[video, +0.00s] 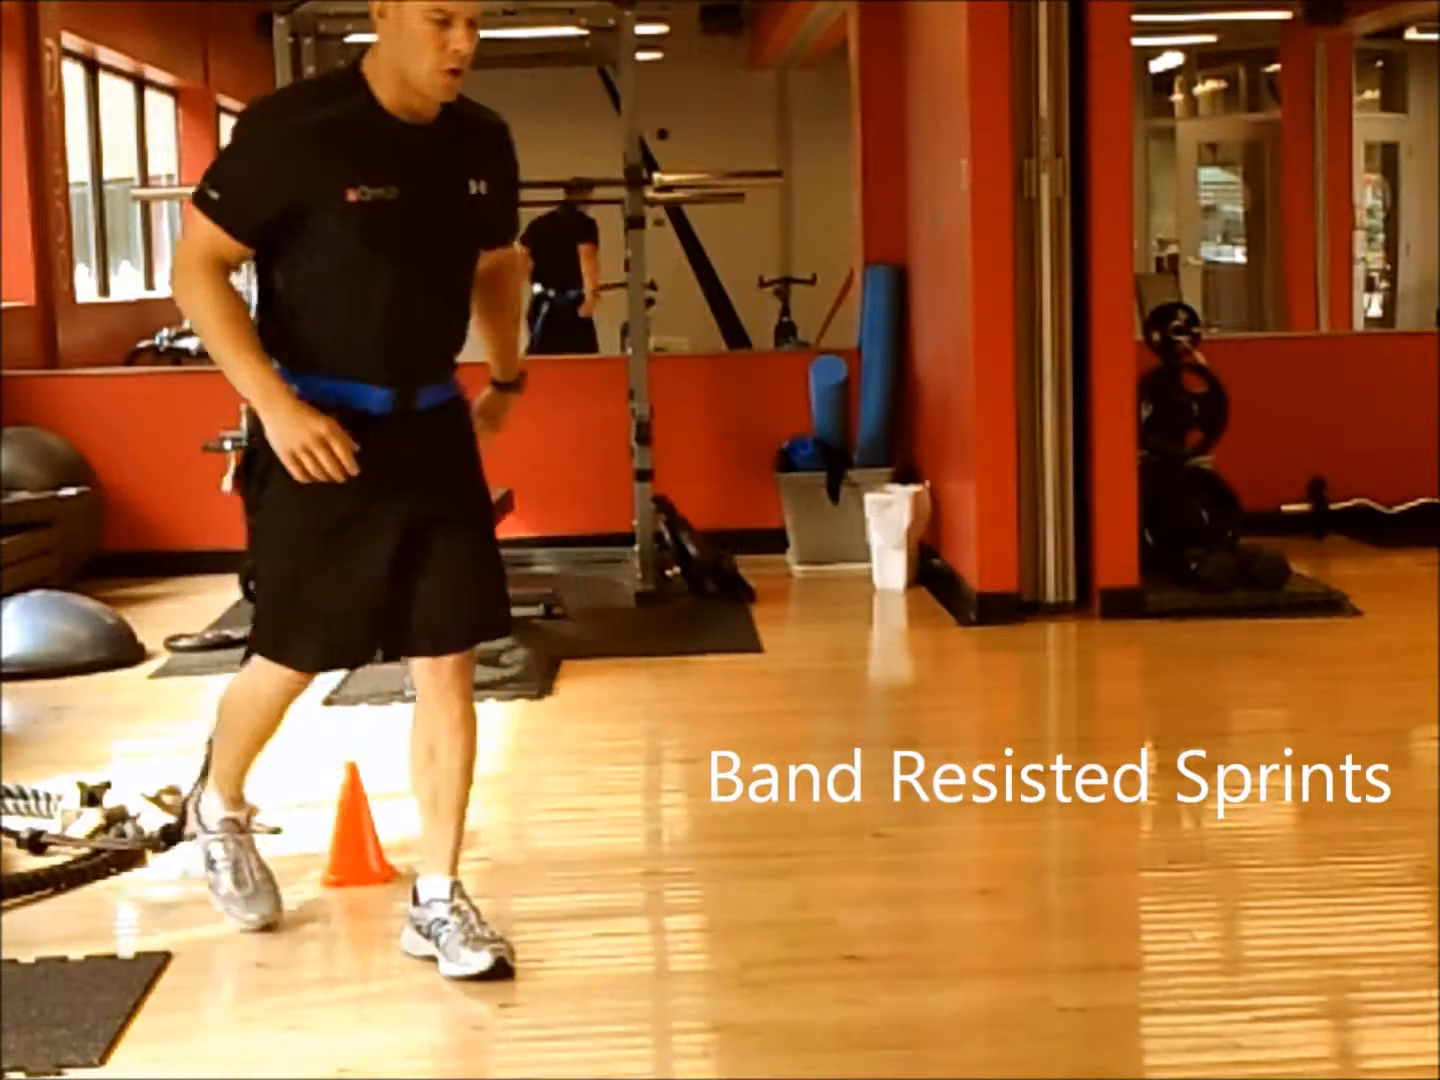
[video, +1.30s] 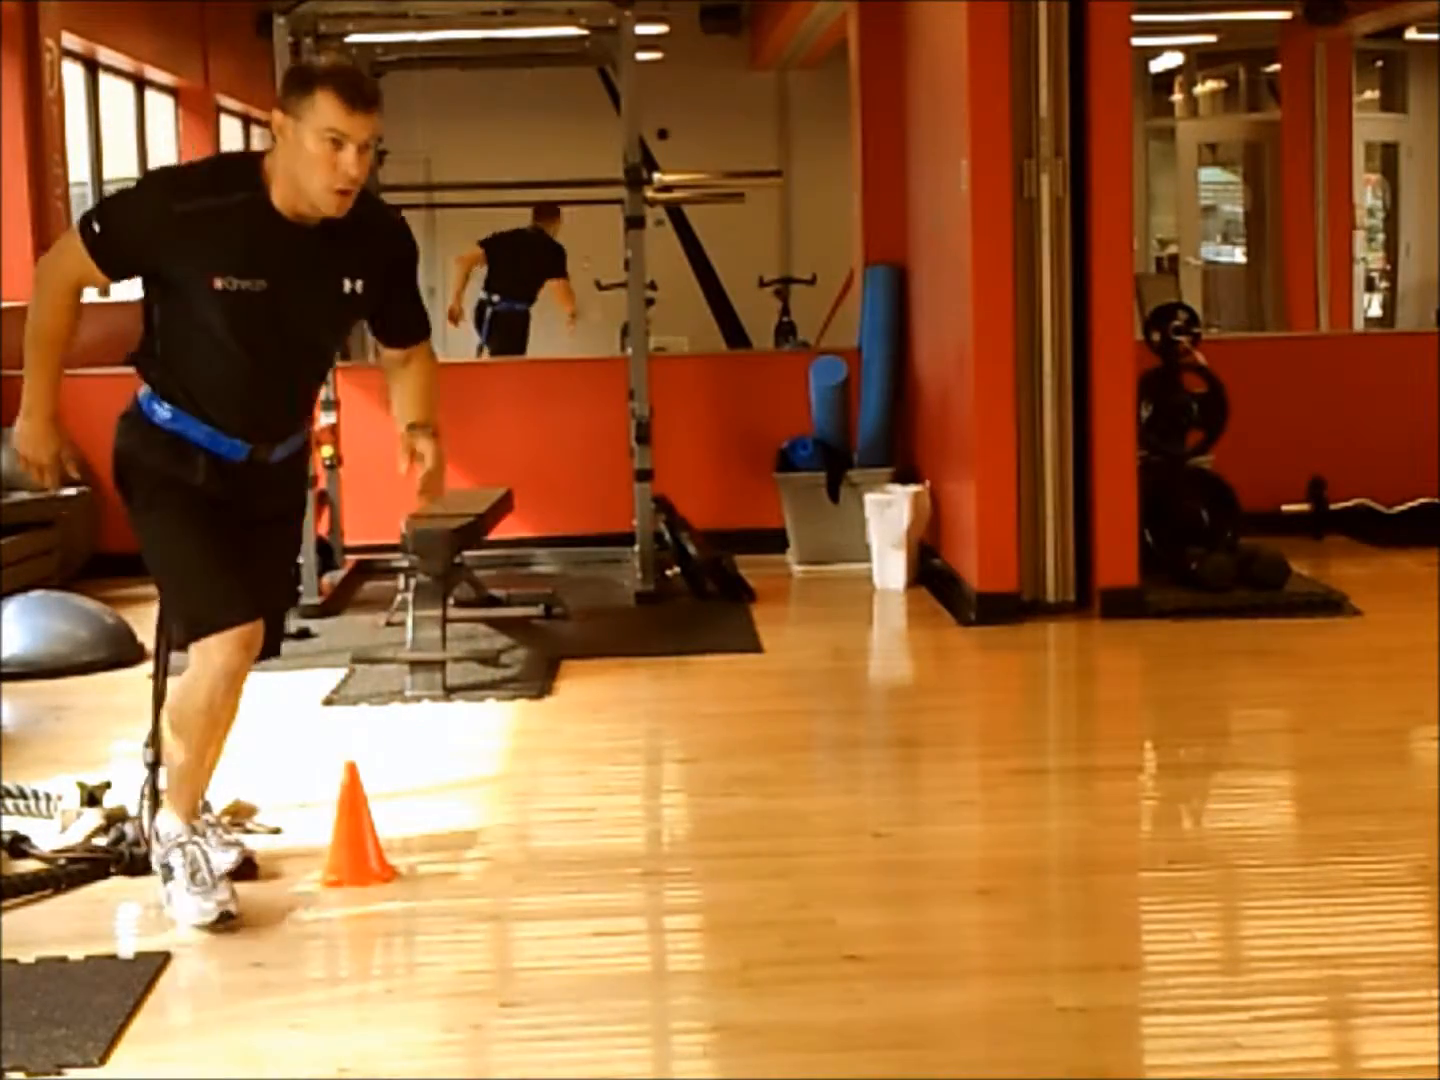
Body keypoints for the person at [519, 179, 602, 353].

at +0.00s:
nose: (590, 202)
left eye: (589, 197)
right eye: (589, 197)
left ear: (566, 195)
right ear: (585, 198)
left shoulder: (539, 222)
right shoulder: (584, 224)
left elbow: (521, 252)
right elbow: (587, 257)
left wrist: (532, 280)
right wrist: (591, 293)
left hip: (543, 301)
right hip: (573, 302)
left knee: (542, 359)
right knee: (581, 361)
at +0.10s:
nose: (575, 204)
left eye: (574, 198)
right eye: (573, 198)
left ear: (551, 196)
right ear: (569, 199)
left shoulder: (525, 225)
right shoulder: (567, 224)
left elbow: (507, 263)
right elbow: (567, 258)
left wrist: (523, 286)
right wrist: (579, 297)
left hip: (528, 305)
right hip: (559, 305)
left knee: (526, 369)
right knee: (572, 368)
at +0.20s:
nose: (558, 214)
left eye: (558, 208)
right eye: (557, 208)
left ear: (536, 205)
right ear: (552, 208)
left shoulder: (509, 232)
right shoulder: (549, 229)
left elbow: (497, 274)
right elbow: (550, 264)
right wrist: (571, 306)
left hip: (508, 309)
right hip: (540, 309)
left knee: (509, 370)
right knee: (553, 367)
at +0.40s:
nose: (536, 202)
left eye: (536, 197)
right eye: (535, 197)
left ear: (512, 197)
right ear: (530, 198)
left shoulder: (484, 228)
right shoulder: (531, 223)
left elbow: (475, 271)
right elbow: (537, 261)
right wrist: (548, 296)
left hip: (488, 305)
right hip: (521, 305)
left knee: (492, 364)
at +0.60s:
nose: (525, 201)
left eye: (524, 196)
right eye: (523, 196)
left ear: (500, 197)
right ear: (516, 197)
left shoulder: (476, 225)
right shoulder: (523, 223)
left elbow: (461, 269)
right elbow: (531, 263)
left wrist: (473, 295)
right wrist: (542, 298)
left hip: (479, 307)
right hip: (510, 307)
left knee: (484, 366)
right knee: (522, 365)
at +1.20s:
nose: (546, 216)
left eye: (546, 211)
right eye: (545, 211)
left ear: (522, 210)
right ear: (540, 212)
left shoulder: (492, 232)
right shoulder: (542, 240)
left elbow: (462, 266)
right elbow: (549, 281)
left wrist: (459, 311)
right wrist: (556, 319)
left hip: (479, 310)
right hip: (509, 314)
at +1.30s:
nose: (558, 227)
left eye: (558, 223)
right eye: (559, 222)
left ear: (534, 218)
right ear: (555, 222)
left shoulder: (506, 238)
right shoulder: (553, 250)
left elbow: (465, 260)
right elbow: (561, 287)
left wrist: (455, 302)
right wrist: (570, 310)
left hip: (485, 311)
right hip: (514, 318)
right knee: (506, 373)